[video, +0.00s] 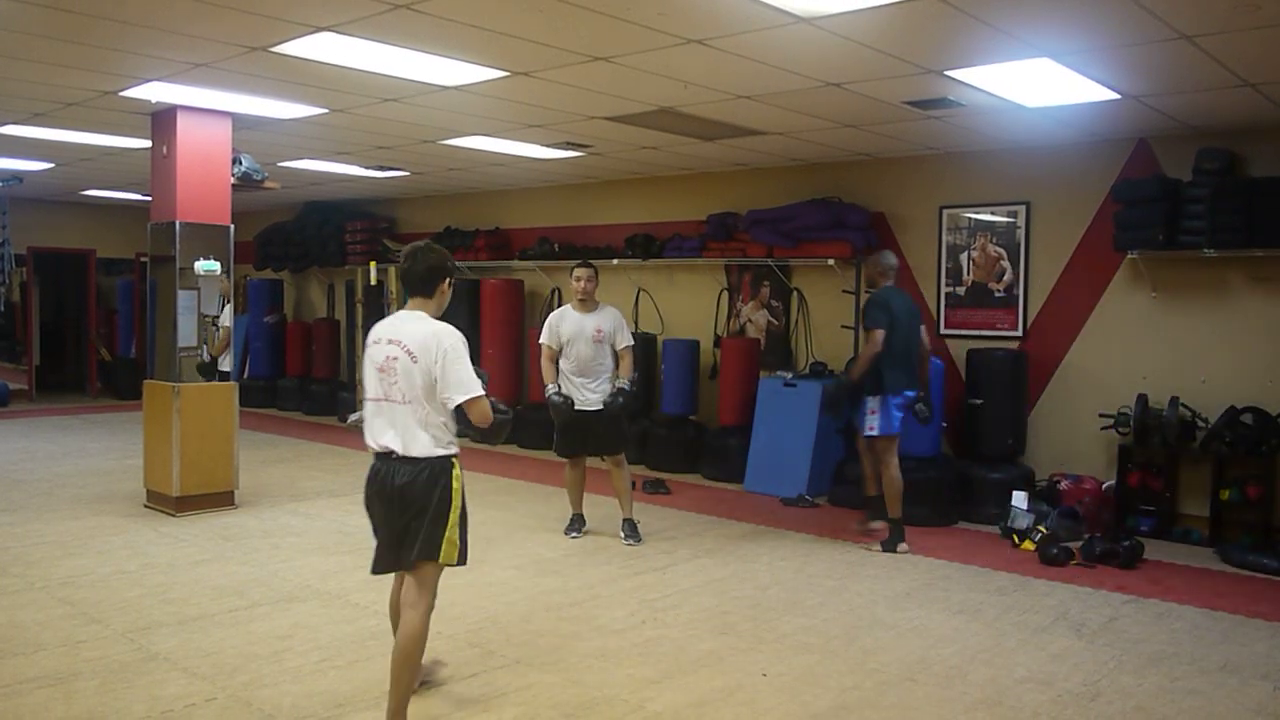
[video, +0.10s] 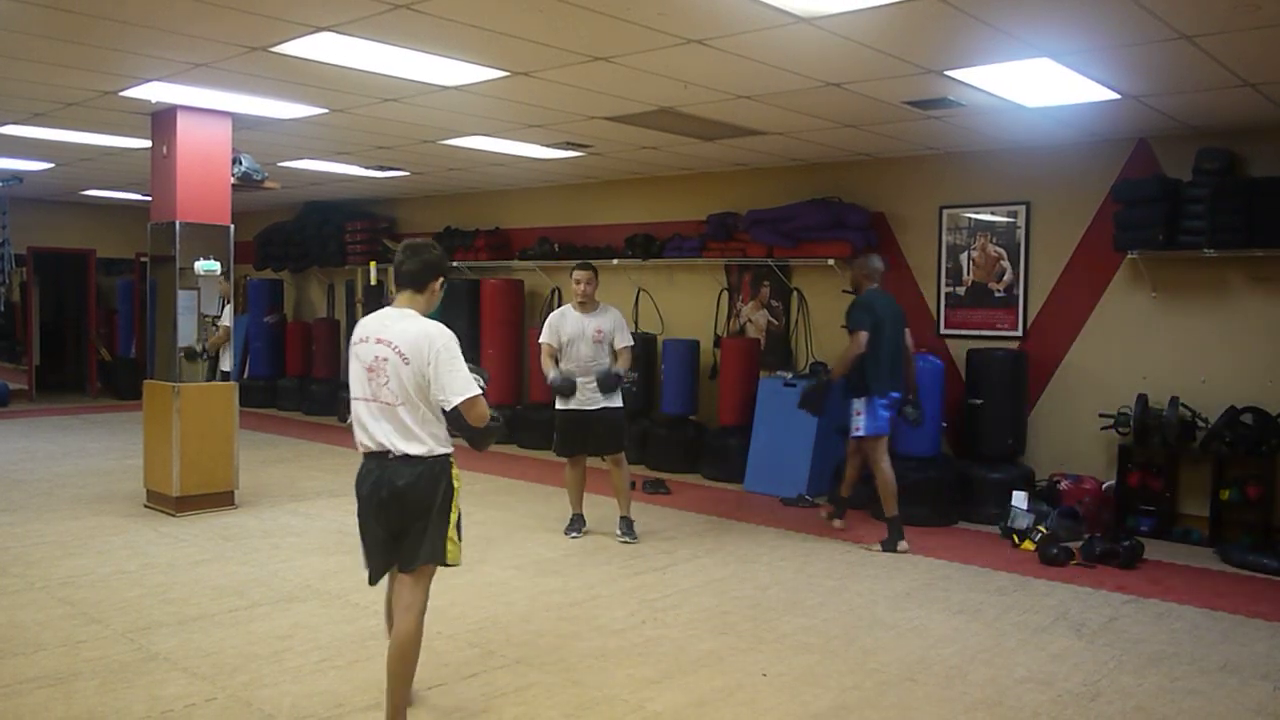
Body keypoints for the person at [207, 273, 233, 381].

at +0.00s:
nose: (220, 286)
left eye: (223, 282)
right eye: (221, 282)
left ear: (231, 284)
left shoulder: (229, 309)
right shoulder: (244, 307)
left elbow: (225, 338)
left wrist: (213, 352)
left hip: (227, 368)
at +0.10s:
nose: (220, 288)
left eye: (221, 283)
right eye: (219, 284)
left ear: (230, 284)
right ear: (228, 284)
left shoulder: (230, 308)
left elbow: (224, 335)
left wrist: (207, 347)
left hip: (228, 368)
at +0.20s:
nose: (219, 291)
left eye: (220, 286)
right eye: (218, 287)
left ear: (229, 286)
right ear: (228, 286)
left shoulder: (231, 308)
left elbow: (221, 332)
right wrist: (207, 323)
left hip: (229, 369)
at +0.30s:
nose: (220, 292)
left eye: (221, 287)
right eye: (219, 288)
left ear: (231, 287)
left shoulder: (232, 307)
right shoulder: (230, 306)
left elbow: (213, 328)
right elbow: (220, 326)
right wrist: (209, 309)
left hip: (230, 369)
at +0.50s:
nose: (221, 290)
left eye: (223, 286)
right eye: (221, 286)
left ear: (232, 287)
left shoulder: (233, 307)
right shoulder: (230, 306)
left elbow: (214, 326)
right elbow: (218, 325)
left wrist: (205, 308)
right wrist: (211, 310)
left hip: (230, 367)